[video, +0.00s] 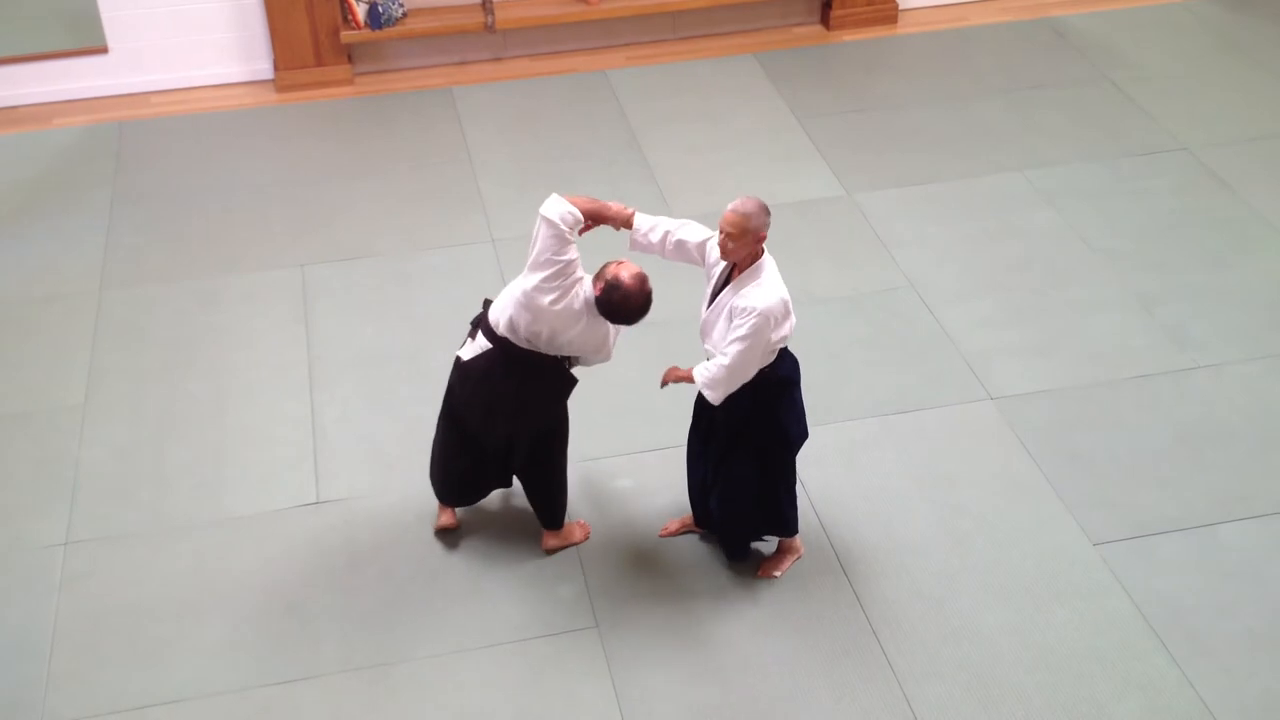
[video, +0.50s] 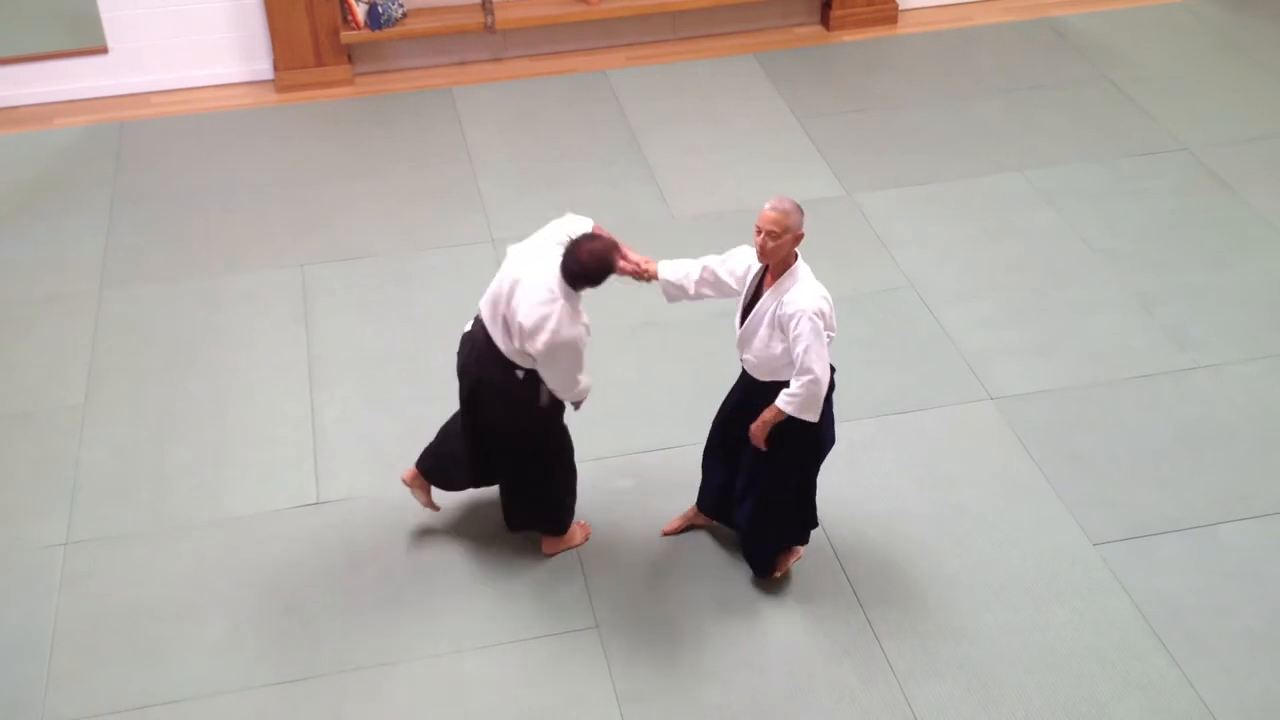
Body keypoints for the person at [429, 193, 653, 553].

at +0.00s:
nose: (624, 258)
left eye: (621, 266)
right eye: (634, 265)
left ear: (601, 282)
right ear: (624, 316)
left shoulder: (558, 266)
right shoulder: (604, 337)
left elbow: (561, 209)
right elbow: (579, 358)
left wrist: (613, 214)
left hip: (488, 358)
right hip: (544, 379)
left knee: (460, 432)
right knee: (546, 453)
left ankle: (446, 509)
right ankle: (553, 530)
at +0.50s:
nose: (602, 232)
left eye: (601, 237)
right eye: (608, 242)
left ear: (583, 240)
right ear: (599, 281)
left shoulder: (559, 233)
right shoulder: (561, 329)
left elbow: (590, 226)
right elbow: (566, 385)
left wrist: (623, 256)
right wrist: (581, 393)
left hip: (477, 340)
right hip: (510, 379)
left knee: (477, 420)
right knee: (552, 453)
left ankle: (422, 473)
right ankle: (556, 534)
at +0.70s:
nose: (577, 253)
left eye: (577, 247)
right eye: (571, 249)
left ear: (541, 252)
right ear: (544, 257)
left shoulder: (533, 254)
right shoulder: (512, 309)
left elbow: (592, 284)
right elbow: (511, 379)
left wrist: (649, 304)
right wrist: (546, 419)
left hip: (467, 363)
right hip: (486, 385)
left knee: (466, 443)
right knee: (545, 455)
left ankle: (443, 498)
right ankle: (560, 534)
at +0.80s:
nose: (567, 247)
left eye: (567, 239)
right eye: (561, 241)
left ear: (534, 245)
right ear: (531, 247)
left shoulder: (551, 261)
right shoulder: (489, 294)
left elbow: (600, 299)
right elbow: (481, 371)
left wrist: (659, 318)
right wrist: (516, 418)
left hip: (503, 369)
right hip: (472, 380)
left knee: (466, 449)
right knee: (530, 455)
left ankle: (442, 500)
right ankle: (551, 535)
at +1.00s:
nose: (568, 241)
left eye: (569, 232)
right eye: (561, 234)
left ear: (534, 236)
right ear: (529, 236)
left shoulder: (567, 265)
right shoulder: (480, 279)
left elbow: (615, 308)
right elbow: (447, 348)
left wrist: (677, 322)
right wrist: (457, 408)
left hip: (520, 379)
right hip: (476, 379)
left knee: (520, 459)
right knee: (477, 461)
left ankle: (524, 533)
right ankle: (474, 534)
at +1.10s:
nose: (576, 241)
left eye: (577, 233)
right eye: (569, 235)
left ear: (546, 235)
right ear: (537, 236)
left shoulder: (574, 265)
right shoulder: (487, 279)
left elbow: (623, 308)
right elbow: (448, 341)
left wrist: (684, 321)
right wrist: (443, 401)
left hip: (536, 375)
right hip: (487, 380)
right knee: (483, 460)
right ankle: (474, 534)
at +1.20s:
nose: (586, 241)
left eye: (587, 233)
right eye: (579, 235)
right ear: (547, 234)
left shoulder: (582, 262)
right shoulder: (496, 276)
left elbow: (629, 306)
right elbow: (457, 338)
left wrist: (688, 324)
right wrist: (449, 395)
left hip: (550, 368)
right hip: (501, 377)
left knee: (583, 431)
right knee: (503, 455)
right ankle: (493, 523)